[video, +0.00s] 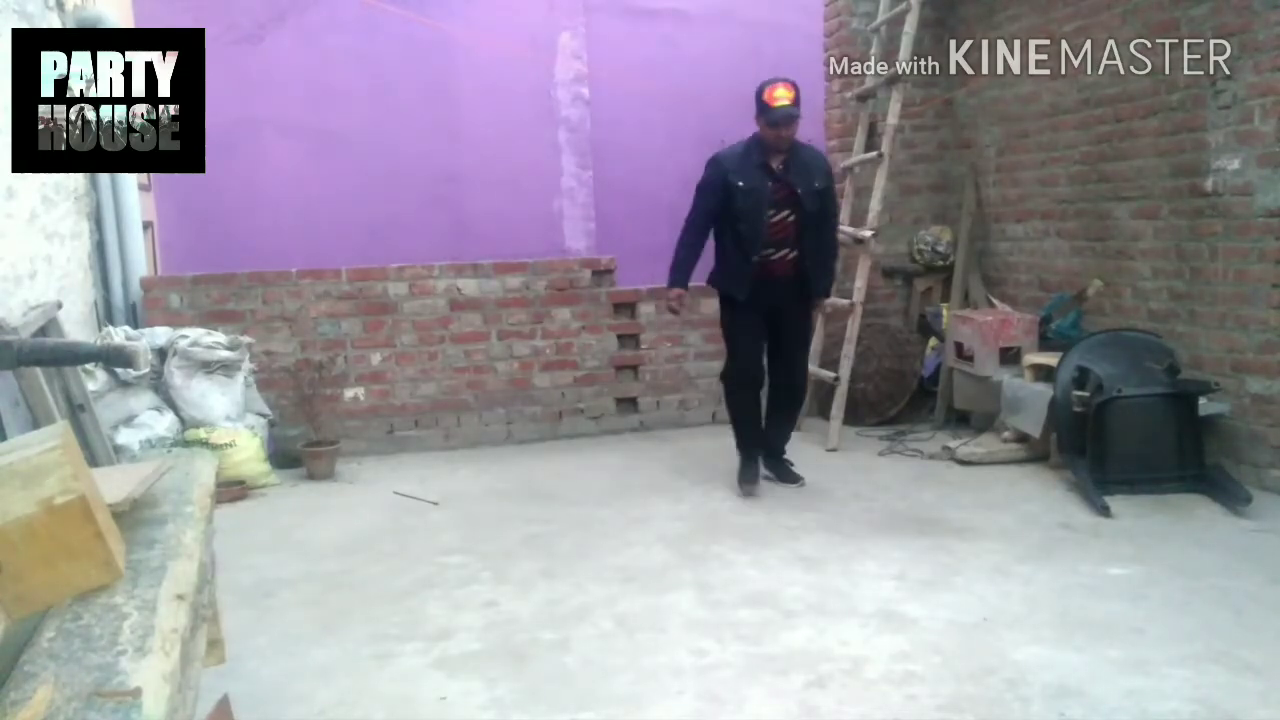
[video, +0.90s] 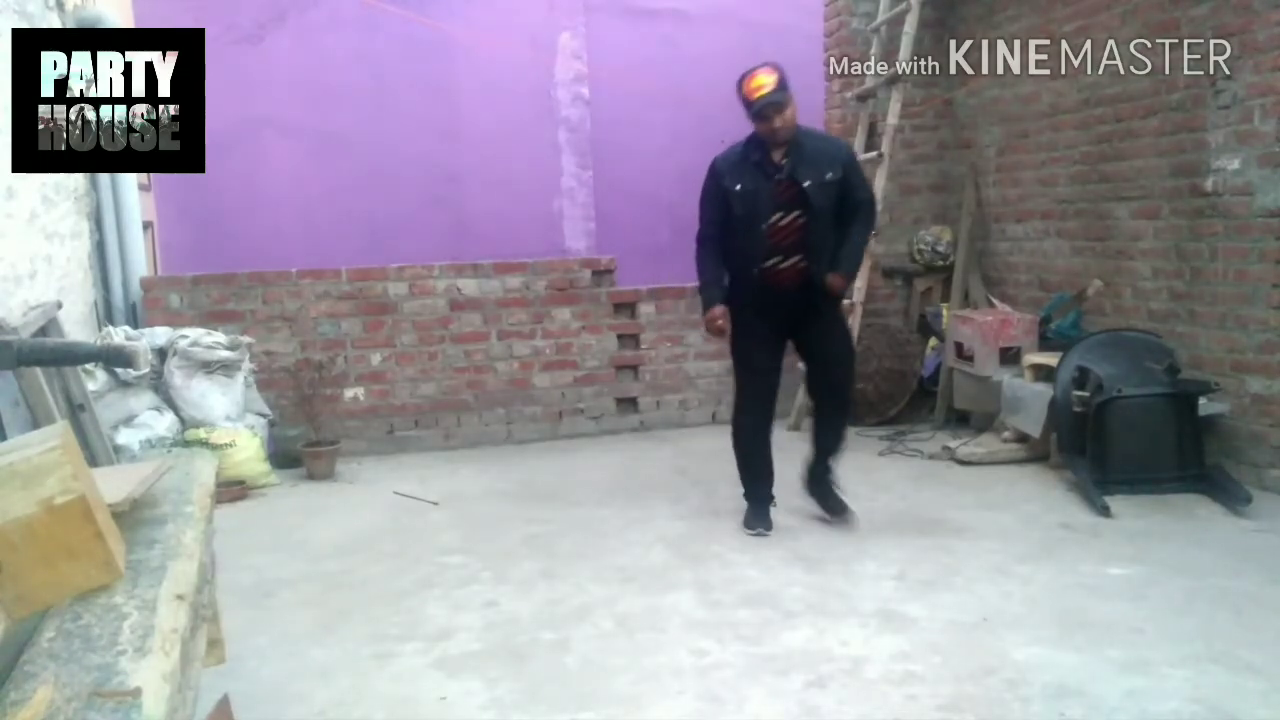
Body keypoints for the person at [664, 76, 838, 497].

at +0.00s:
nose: (783, 132)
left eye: (789, 123)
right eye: (774, 124)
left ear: (799, 121)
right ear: (758, 121)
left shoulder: (815, 165)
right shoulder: (726, 167)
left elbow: (826, 229)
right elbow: (697, 226)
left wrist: (822, 286)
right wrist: (678, 280)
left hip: (795, 292)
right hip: (742, 293)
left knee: (792, 378)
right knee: (743, 374)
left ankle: (775, 452)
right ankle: (750, 457)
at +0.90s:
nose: (775, 122)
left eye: (780, 110)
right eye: (762, 116)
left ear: (793, 103)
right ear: (749, 117)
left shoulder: (832, 156)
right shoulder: (727, 169)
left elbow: (861, 212)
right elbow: (710, 240)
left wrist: (844, 269)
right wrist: (713, 299)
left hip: (816, 299)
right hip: (755, 305)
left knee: (838, 380)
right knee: (753, 403)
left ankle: (820, 473)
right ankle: (757, 500)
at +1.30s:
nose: (830, 115)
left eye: (837, 103)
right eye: (818, 107)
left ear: (847, 102)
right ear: (797, 109)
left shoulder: (875, 157)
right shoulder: (767, 169)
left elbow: (897, 223)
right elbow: (748, 247)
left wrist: (885, 282)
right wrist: (748, 318)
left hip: (859, 310)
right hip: (793, 309)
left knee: (867, 419)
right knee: (779, 410)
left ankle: (872, 525)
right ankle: (771, 491)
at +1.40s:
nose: (847, 110)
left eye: (854, 98)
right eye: (834, 101)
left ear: (864, 97)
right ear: (811, 103)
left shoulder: (887, 152)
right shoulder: (777, 162)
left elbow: (905, 221)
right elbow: (764, 247)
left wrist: (897, 277)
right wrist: (776, 320)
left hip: (864, 310)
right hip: (801, 310)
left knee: (868, 417)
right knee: (790, 405)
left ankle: (872, 523)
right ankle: (818, 445)